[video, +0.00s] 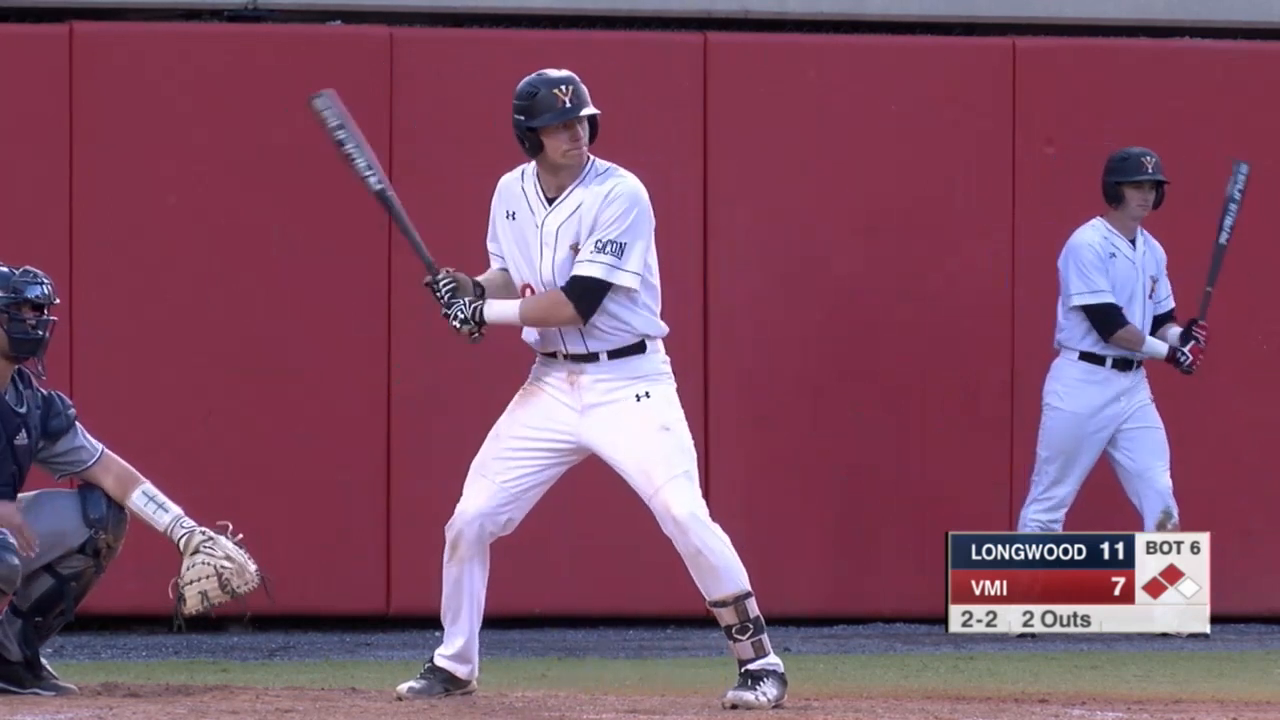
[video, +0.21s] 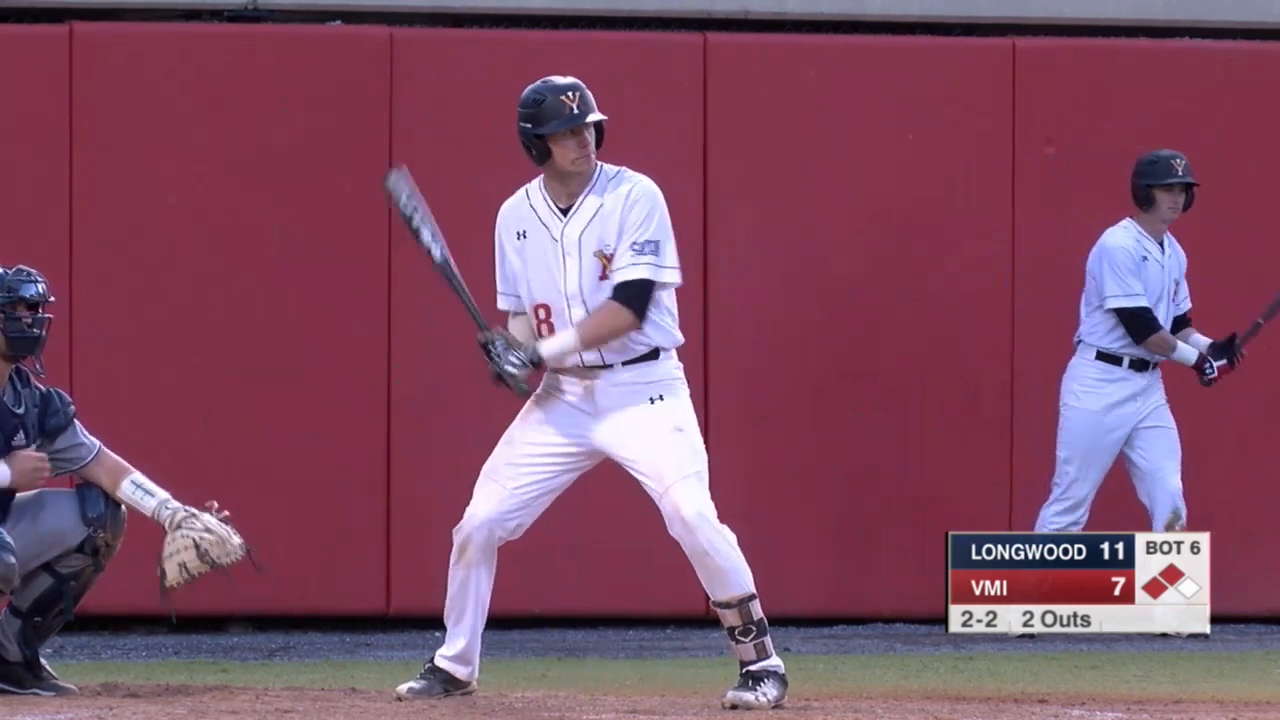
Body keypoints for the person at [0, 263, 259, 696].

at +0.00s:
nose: (31, 322)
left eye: (36, 312)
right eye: (18, 312)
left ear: (44, 318)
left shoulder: (34, 404)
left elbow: (110, 472)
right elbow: (8, 513)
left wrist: (186, 532)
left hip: (3, 526)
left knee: (98, 515)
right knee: (5, 559)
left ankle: (13, 652)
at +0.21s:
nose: (30, 319)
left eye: (34, 310)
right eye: (17, 309)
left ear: (39, 316)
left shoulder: (36, 402)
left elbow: (99, 463)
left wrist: (172, 512)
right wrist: (6, 474)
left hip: (4, 531)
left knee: (98, 515)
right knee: (5, 561)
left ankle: (12, 651)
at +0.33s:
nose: (28, 318)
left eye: (33, 308)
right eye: (17, 308)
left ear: (41, 314)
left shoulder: (39, 396)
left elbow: (93, 456)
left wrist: (156, 485)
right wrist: (31, 473)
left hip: (10, 525)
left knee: (98, 510)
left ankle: (16, 649)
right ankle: (11, 650)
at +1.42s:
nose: (41, 338)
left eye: (45, 328)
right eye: (28, 329)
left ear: (53, 331)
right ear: (2, 337)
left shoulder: (41, 400)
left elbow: (77, 450)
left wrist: (101, 474)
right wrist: (39, 511)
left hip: (7, 534)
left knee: (87, 507)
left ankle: (14, 650)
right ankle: (11, 650)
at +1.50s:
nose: (41, 340)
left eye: (46, 329)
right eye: (27, 330)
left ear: (54, 333)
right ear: (1, 337)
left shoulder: (41, 398)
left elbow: (77, 444)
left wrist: (97, 466)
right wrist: (39, 508)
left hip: (9, 529)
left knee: (89, 514)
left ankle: (14, 650)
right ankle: (12, 650)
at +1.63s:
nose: (43, 340)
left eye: (47, 330)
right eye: (29, 331)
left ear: (56, 334)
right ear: (1, 339)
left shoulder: (51, 402)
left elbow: (92, 445)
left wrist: (89, 463)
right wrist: (46, 504)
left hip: (15, 525)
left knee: (101, 506)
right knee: (7, 565)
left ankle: (18, 650)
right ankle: (7, 654)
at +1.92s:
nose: (52, 342)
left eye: (55, 332)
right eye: (38, 333)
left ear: (62, 335)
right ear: (5, 343)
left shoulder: (55, 404)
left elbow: (98, 451)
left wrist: (87, 477)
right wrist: (44, 510)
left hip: (24, 530)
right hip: (4, 532)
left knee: (102, 508)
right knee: (8, 563)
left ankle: (20, 650)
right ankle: (6, 652)